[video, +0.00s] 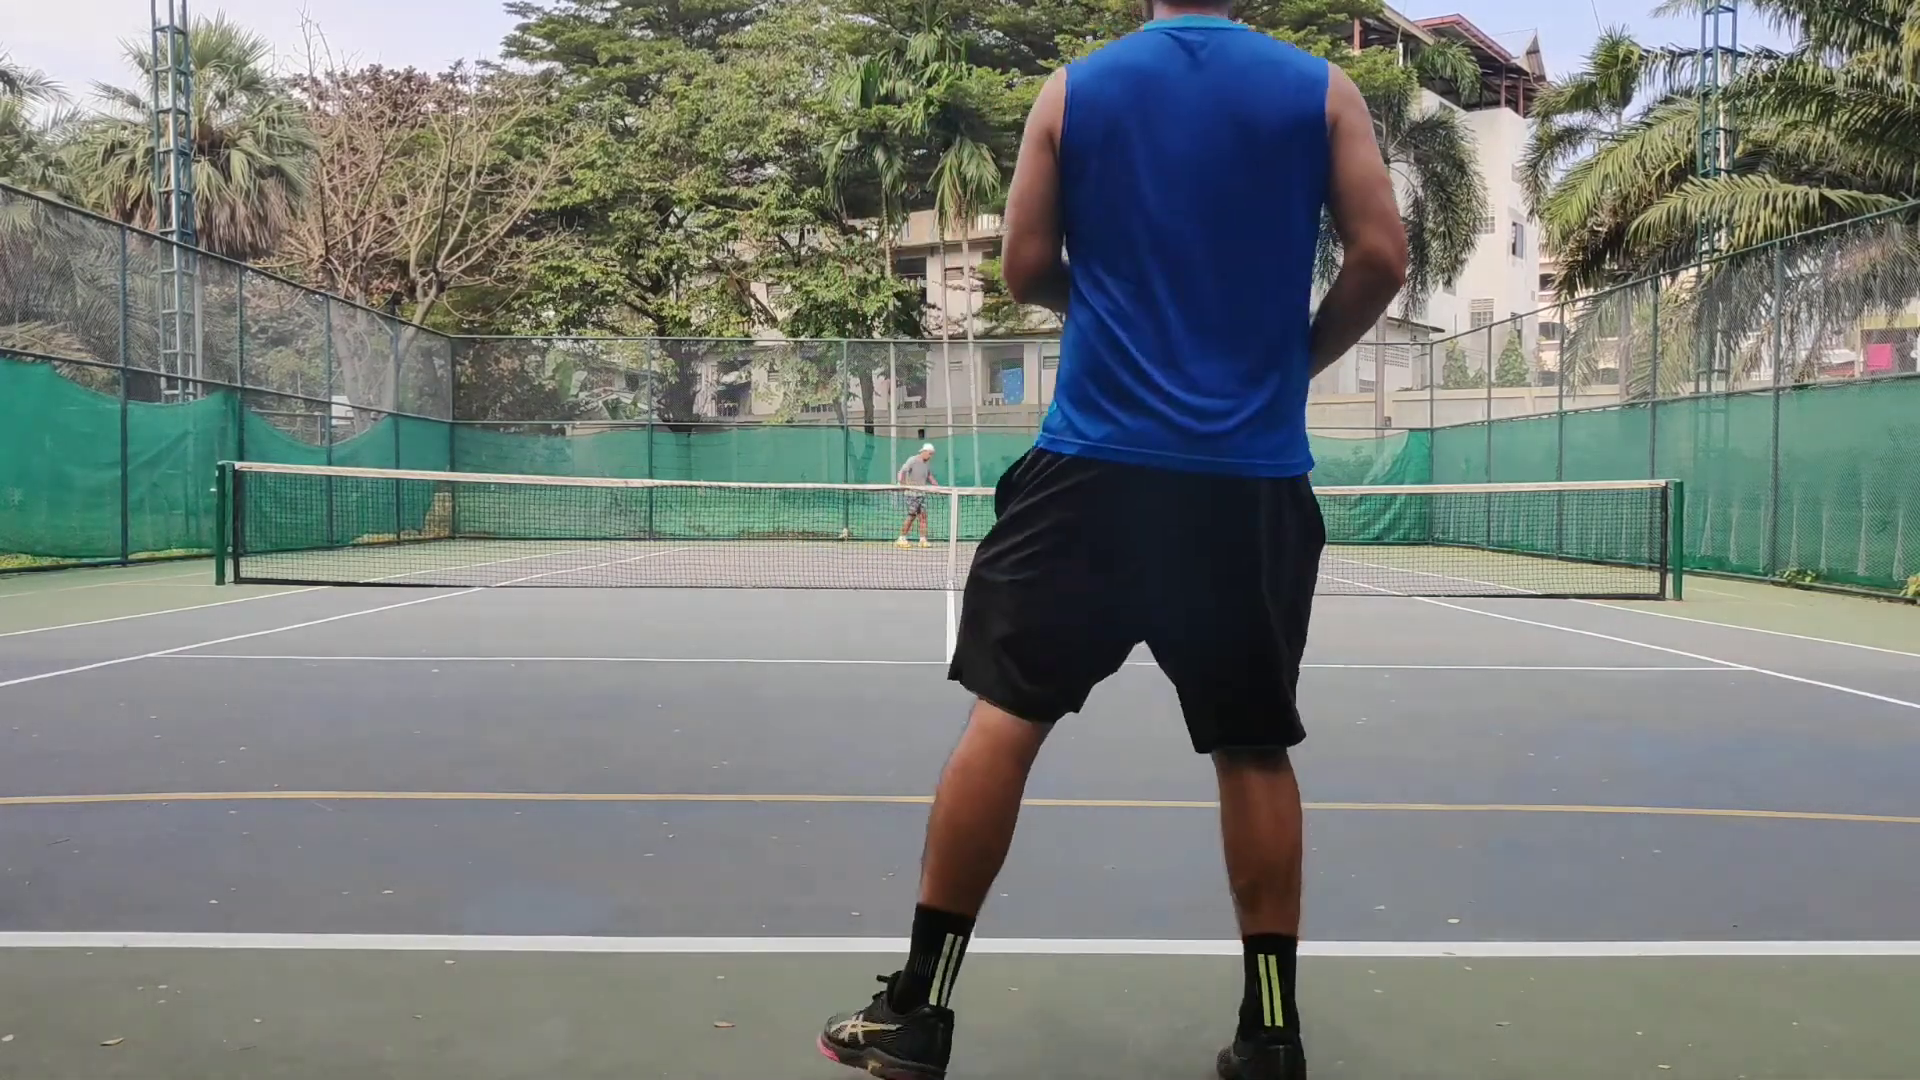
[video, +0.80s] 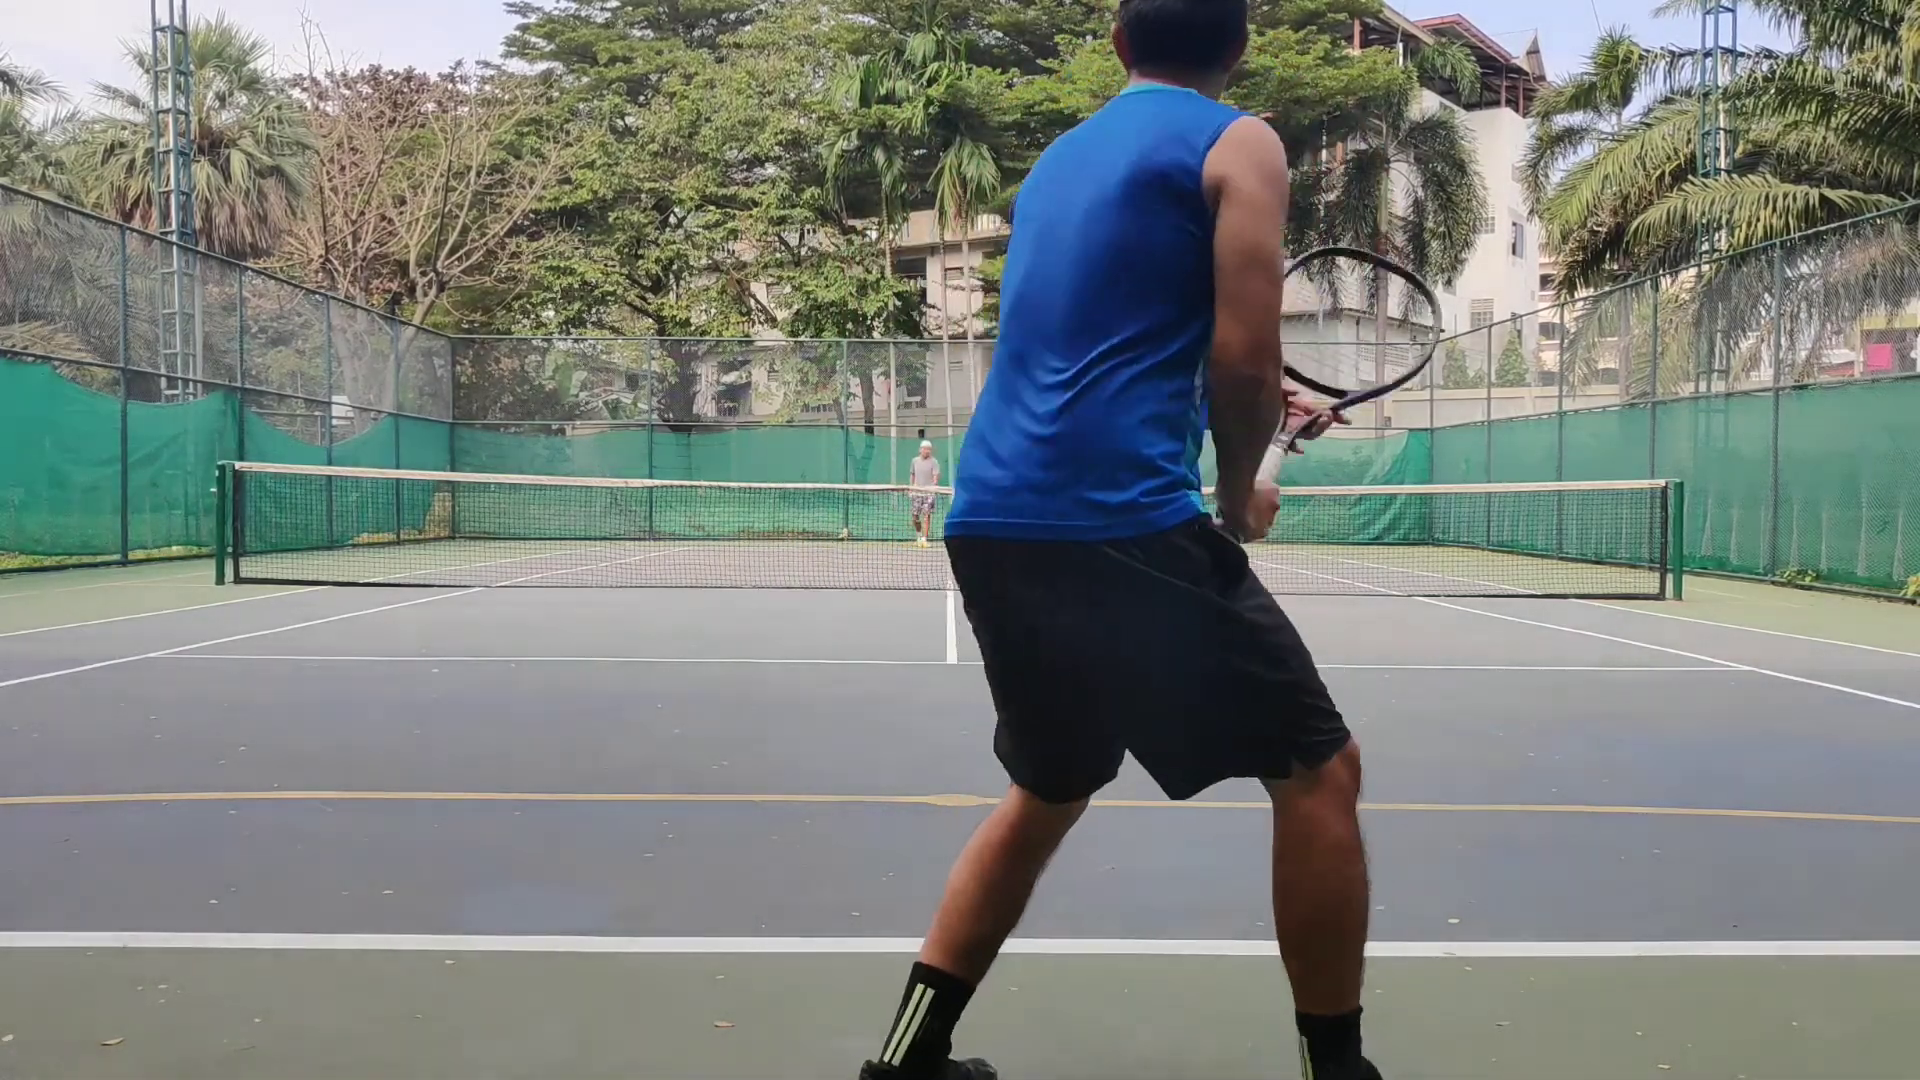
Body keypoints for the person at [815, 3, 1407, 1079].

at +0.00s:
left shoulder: (1071, 89)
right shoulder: (1323, 88)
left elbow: (1027, 268)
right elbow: (1382, 253)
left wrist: (1109, 286)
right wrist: (1306, 354)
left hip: (1092, 475)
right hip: (1250, 482)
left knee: (1005, 722)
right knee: (1255, 747)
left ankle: (918, 1004)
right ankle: (1272, 1030)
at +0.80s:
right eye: (1238, 35)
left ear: (1122, 43)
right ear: (1238, 50)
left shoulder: (1063, 155)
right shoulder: (1239, 141)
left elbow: (1101, 326)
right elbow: (1242, 359)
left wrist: (1258, 387)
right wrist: (1240, 496)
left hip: (990, 522)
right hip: (1126, 522)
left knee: (1051, 777)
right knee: (1316, 770)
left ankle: (911, 1049)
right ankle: (1337, 1063)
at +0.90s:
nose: (1253, 49)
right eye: (1255, 35)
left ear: (1134, 32)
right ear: (1243, 36)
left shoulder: (1095, 130)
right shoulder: (1199, 115)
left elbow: (1148, 358)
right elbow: (1225, 329)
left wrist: (1315, 376)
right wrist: (1318, 459)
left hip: (975, 507)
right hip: (1082, 506)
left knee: (1049, 782)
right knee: (1296, 765)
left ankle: (906, 1050)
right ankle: (1313, 1069)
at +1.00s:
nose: (1278, 51)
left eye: (1273, 39)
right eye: (1278, 35)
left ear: (1159, 26)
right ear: (1266, 35)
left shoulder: (1132, 117)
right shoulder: (1192, 102)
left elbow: (1239, 318)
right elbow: (1219, 287)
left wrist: (1408, 345)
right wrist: (1409, 371)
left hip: (981, 507)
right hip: (1076, 505)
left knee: (1057, 779)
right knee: (1294, 786)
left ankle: (903, 1047)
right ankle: (1288, 1076)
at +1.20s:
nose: (1360, 85)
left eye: (1360, 67)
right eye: (1364, 63)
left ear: (1240, 46)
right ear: (1344, 64)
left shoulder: (1258, 200)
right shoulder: (1229, 116)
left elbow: (1397, 342)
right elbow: (1138, 272)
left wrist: (1570, 403)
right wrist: (1351, 288)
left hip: (1031, 541)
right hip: (1110, 544)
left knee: (1113, 795)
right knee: (1352, 821)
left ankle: (878, 1011)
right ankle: (1302, 1072)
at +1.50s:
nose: (1436, 79)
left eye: (1439, 58)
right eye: (1444, 55)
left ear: (1321, 25)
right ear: (1432, 49)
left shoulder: (1325, 174)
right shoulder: (1286, 114)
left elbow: (1413, 328)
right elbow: (1160, 296)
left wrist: (1520, 458)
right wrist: (1305, 452)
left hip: (1078, 549)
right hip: (1153, 556)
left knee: (1117, 823)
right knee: (1392, 827)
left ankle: (880, 1024)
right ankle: (1310, 1069)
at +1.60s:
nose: (1456, 40)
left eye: (1458, 25)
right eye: (1459, 21)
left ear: (1336, 4)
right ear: (1443, 23)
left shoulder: (1297, 96)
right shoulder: (1319, 97)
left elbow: (1339, 260)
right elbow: (1250, 307)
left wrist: (1411, 376)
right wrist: (1411, 498)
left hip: (1073, 521)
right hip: (1179, 537)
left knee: (1075, 807)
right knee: (1402, 826)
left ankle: (877, 1031)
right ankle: (1313, 1077)